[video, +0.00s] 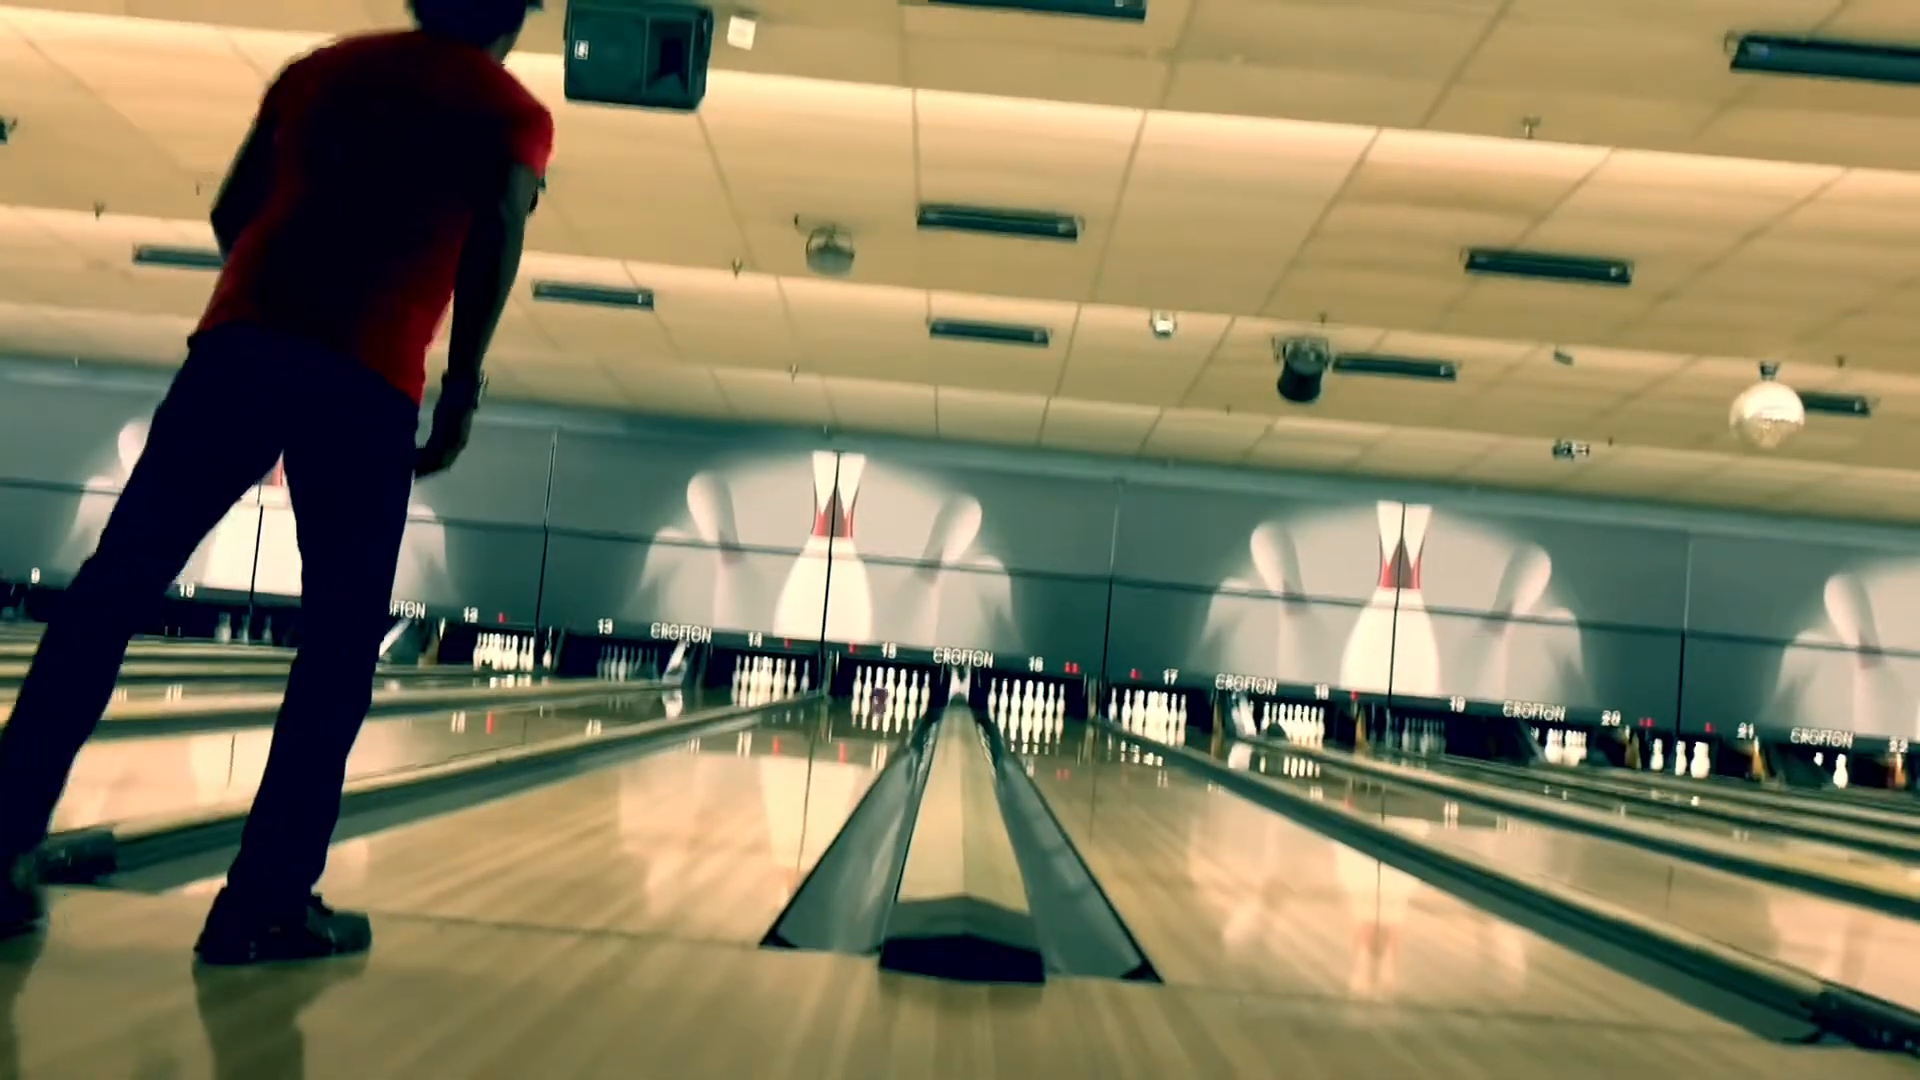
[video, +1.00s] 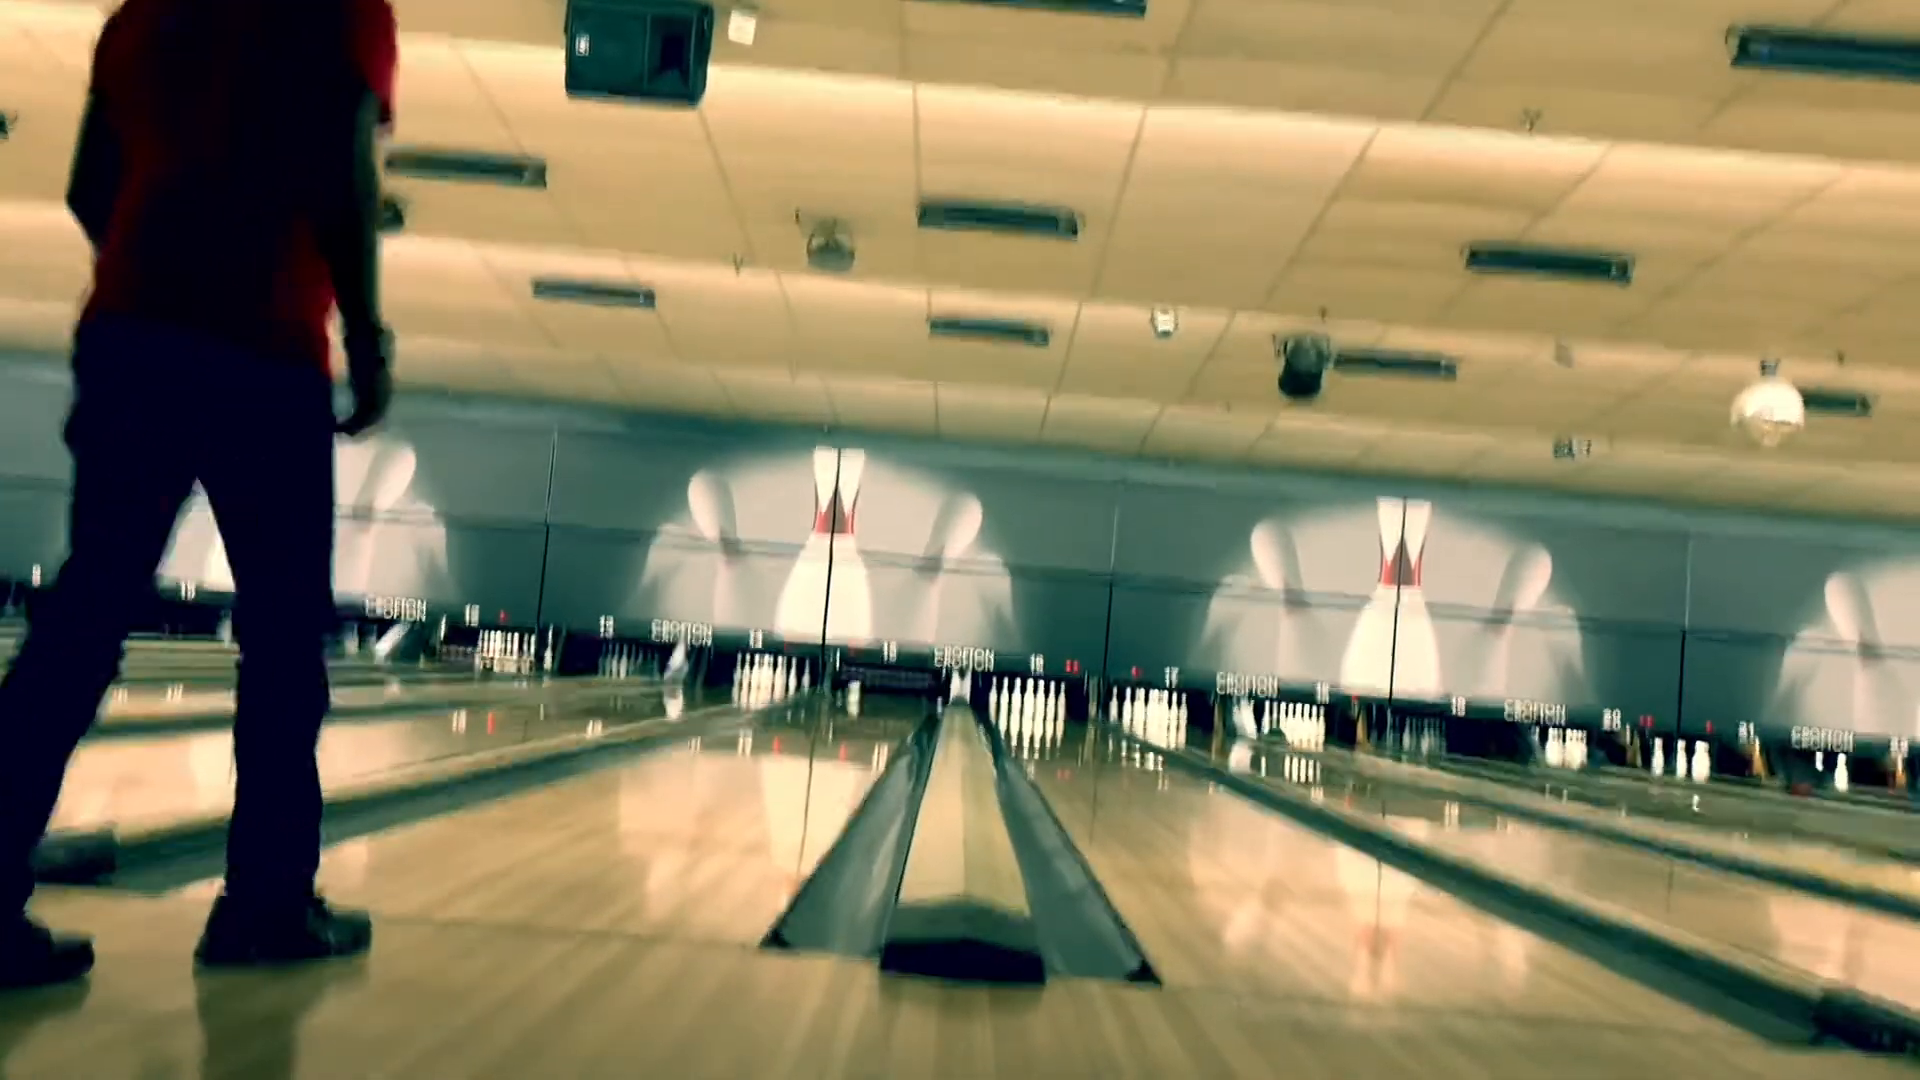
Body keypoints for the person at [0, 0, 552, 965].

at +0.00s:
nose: (517, 29)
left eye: (513, 20)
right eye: (521, 21)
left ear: (418, 3)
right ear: (512, 20)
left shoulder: (315, 67)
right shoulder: (515, 108)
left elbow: (231, 210)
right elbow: (496, 237)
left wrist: (289, 307)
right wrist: (461, 391)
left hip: (236, 354)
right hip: (363, 383)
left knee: (108, 592)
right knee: (339, 648)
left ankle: (5, 856)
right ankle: (263, 905)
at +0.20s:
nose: (542, 34)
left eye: (536, 25)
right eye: (546, 24)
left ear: (449, 4)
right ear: (537, 22)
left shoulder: (344, 57)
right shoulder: (538, 101)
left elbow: (256, 200)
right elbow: (512, 218)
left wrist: (308, 303)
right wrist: (470, 376)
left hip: (248, 334)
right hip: (372, 369)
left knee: (88, 544)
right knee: (336, 646)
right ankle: (263, 906)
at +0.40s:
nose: (542, 33)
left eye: (537, 25)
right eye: (545, 24)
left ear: (447, 3)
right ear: (536, 21)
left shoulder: (340, 59)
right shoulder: (534, 102)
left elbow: (255, 206)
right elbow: (510, 227)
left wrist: (306, 314)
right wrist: (471, 380)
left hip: (248, 338)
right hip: (372, 370)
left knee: (103, 559)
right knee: (338, 647)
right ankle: (262, 911)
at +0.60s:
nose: (507, 16)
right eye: (509, 10)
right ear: (496, 2)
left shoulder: (309, 41)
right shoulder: (505, 83)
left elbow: (228, 188)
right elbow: (487, 239)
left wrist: (271, 292)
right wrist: (463, 374)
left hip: (233, 347)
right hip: (363, 373)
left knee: (134, 588)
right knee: (335, 643)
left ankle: (17, 854)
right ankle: (268, 902)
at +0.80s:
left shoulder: (239, 20)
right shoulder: (448, 50)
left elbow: (177, 187)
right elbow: (444, 217)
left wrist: (242, 283)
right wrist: (439, 363)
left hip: (204, 347)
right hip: (338, 367)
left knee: (147, 593)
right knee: (322, 643)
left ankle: (38, 821)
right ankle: (266, 902)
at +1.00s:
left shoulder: (144, 11)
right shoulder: (350, 11)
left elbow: (89, 188)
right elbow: (346, 177)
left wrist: (167, 288)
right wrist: (365, 331)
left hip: (130, 347)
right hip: (263, 357)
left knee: (82, 618)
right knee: (284, 638)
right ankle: (267, 904)